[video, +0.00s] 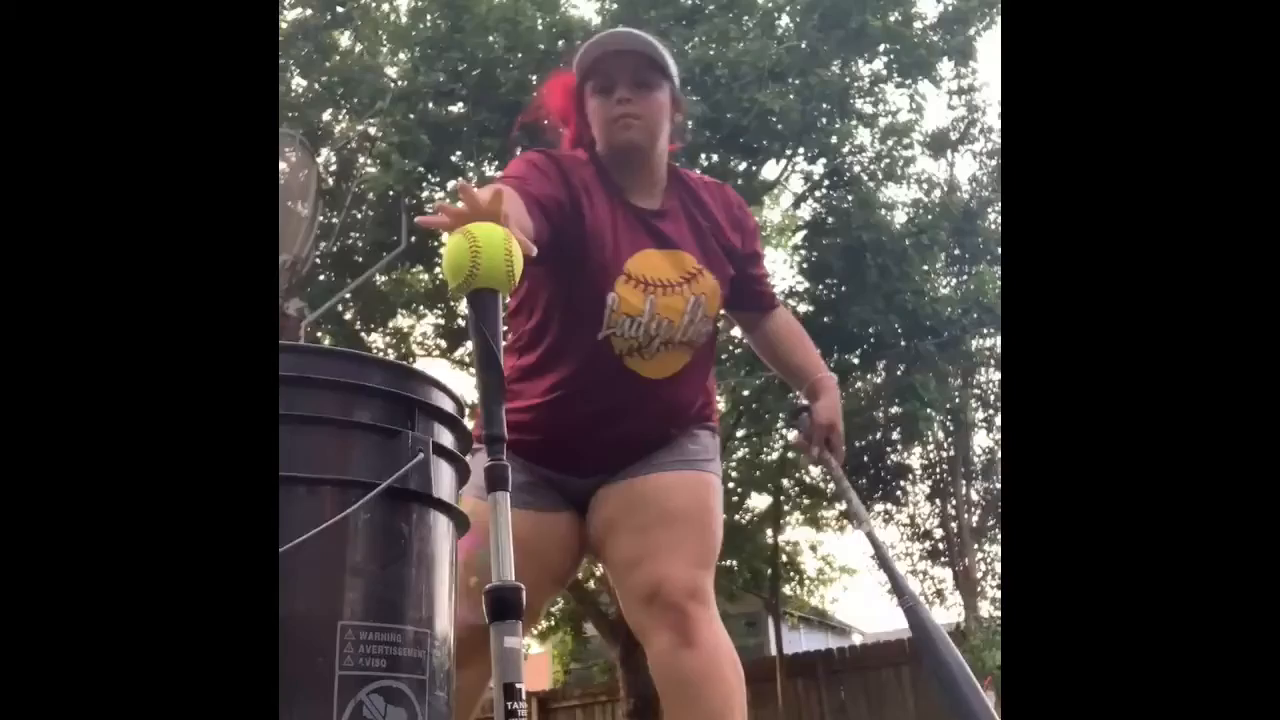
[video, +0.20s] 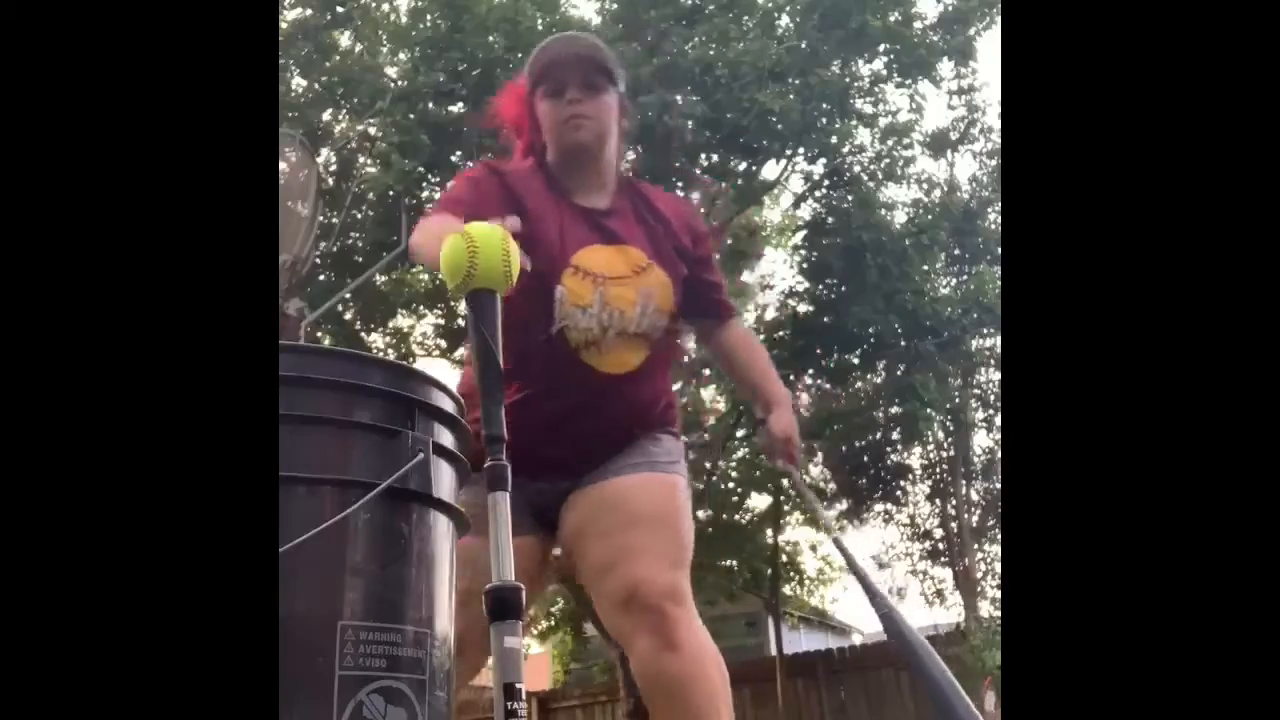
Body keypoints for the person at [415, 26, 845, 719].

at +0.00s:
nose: (622, 100)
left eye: (642, 85)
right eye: (603, 89)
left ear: (675, 108)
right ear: (582, 114)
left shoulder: (718, 209)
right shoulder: (552, 176)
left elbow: (760, 311)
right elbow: (521, 210)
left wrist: (823, 384)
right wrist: (493, 217)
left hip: (661, 444)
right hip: (529, 450)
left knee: (676, 606)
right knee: (469, 625)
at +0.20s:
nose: (575, 101)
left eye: (592, 88)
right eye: (556, 90)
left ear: (621, 108)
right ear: (533, 115)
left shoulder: (669, 218)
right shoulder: (498, 186)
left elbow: (719, 323)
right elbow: (428, 233)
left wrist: (777, 400)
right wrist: (467, 247)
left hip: (626, 448)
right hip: (501, 455)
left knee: (656, 611)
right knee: (449, 647)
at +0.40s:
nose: (489, 107)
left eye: (504, 95)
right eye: (469, 99)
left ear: (530, 118)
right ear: (444, 123)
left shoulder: (586, 222)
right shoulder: (400, 215)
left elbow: (640, 318)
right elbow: (347, 307)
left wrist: (684, 387)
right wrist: (427, 351)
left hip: (568, 453)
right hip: (445, 459)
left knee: (621, 620)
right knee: (399, 640)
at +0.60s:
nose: (442, 115)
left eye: (456, 103)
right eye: (422, 108)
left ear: (481, 121)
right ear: (402, 134)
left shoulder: (542, 205)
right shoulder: (363, 231)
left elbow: (605, 296)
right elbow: (331, 334)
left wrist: (564, 361)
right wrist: (370, 401)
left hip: (548, 445)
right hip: (432, 458)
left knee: (596, 621)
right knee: (402, 632)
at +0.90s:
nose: (462, 133)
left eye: (475, 119)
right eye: (443, 126)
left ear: (500, 132)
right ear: (424, 149)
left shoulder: (552, 198)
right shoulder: (400, 241)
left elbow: (603, 273)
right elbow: (365, 337)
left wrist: (482, 296)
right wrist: (388, 343)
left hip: (562, 440)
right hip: (448, 458)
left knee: (611, 627)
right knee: (418, 651)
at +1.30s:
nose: (450, 148)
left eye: (464, 134)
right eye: (430, 141)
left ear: (491, 149)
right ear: (414, 164)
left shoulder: (533, 196)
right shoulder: (393, 247)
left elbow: (542, 236)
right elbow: (332, 346)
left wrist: (399, 243)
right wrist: (315, 267)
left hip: (554, 443)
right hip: (444, 461)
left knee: (608, 631)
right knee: (415, 649)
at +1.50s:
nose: (412, 164)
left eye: (426, 150)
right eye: (393, 158)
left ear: (453, 161)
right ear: (377, 180)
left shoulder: (486, 208)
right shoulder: (371, 263)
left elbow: (446, 250)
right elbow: (343, 347)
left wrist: (308, 279)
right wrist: (296, 303)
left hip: (525, 452)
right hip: (424, 467)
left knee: (584, 638)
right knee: (378, 639)